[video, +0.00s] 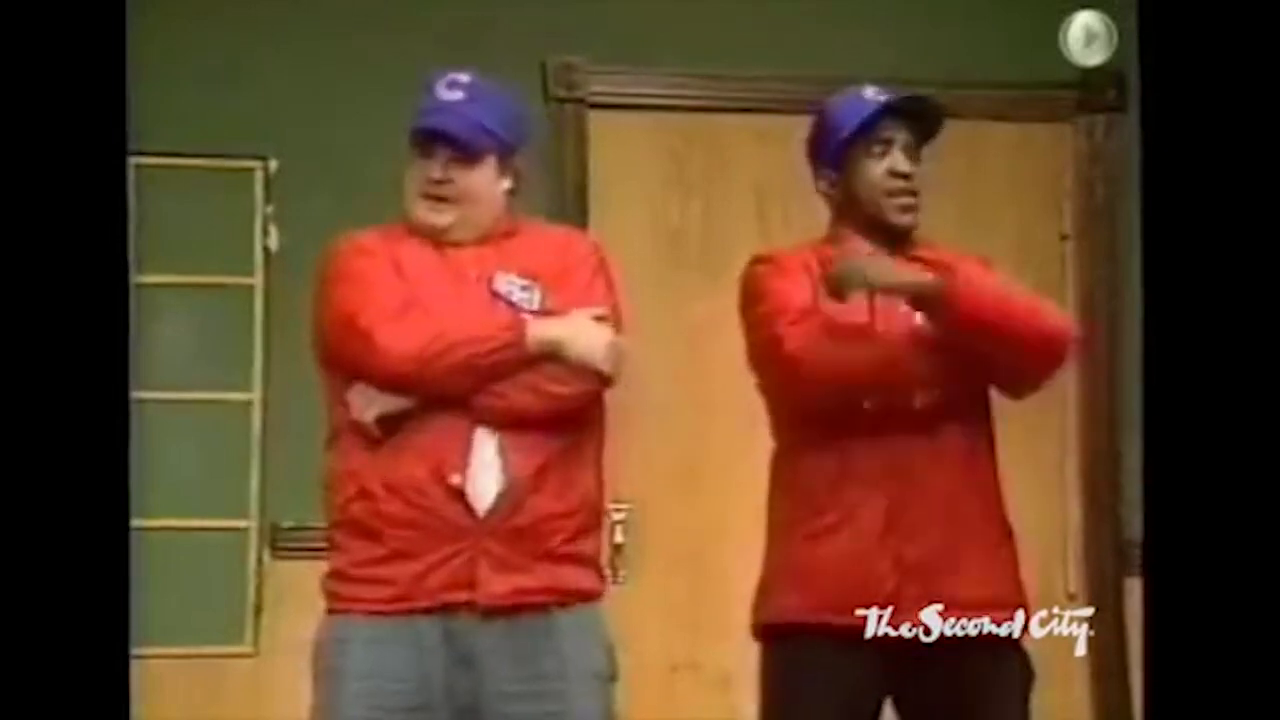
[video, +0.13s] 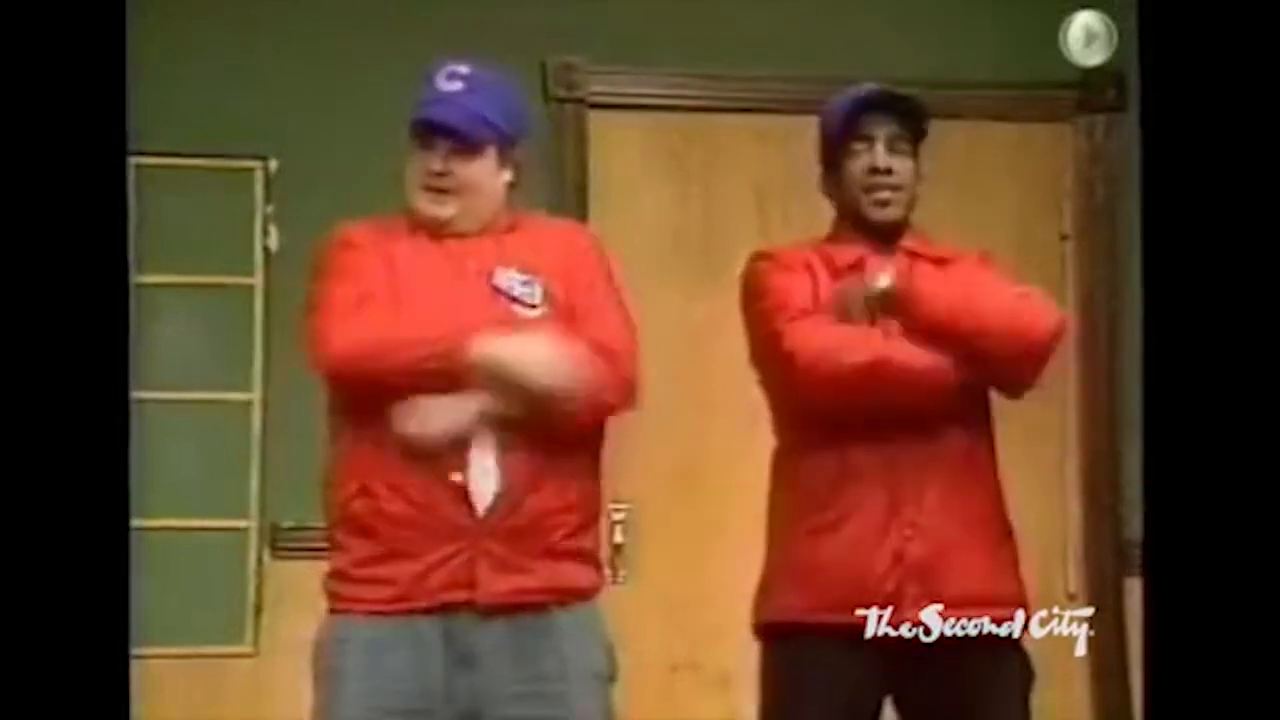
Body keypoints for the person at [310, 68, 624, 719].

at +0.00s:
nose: (436, 172)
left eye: (462, 157)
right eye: (425, 152)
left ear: (509, 174)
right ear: (407, 162)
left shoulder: (570, 256)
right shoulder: (364, 255)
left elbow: (573, 388)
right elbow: (383, 352)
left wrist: (426, 380)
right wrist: (543, 336)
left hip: (544, 609)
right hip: (384, 611)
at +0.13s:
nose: (437, 164)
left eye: (463, 149)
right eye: (425, 144)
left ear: (508, 166)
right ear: (407, 152)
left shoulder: (568, 249)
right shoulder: (362, 247)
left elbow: (611, 377)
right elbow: (341, 352)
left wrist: (480, 401)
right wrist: (485, 348)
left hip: (543, 612)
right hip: (384, 616)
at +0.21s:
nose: (437, 168)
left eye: (463, 153)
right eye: (426, 147)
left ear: (510, 165)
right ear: (410, 152)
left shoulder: (571, 257)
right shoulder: (357, 254)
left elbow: (634, 393)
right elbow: (286, 382)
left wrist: (572, 462)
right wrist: (359, 439)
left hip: (541, 617)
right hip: (383, 619)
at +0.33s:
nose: (443, 171)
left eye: (467, 155)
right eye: (428, 150)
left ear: (509, 165)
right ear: (407, 157)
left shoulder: (565, 262)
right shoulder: (357, 262)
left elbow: (625, 386)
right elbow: (266, 376)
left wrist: (643, 482)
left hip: (542, 608)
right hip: (385, 611)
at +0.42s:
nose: (441, 171)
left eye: (464, 154)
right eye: (425, 149)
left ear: (505, 164)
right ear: (401, 156)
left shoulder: (554, 248)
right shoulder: (353, 252)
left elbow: (612, 356)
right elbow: (270, 357)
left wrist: (649, 456)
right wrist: (195, 447)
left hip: (538, 595)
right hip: (383, 598)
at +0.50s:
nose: (430, 167)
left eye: (454, 149)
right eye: (413, 145)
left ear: (496, 159)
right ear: (390, 151)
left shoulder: (551, 248)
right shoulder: (343, 254)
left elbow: (621, 354)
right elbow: (263, 361)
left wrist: (650, 452)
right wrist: (192, 443)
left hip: (535, 599)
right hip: (379, 602)